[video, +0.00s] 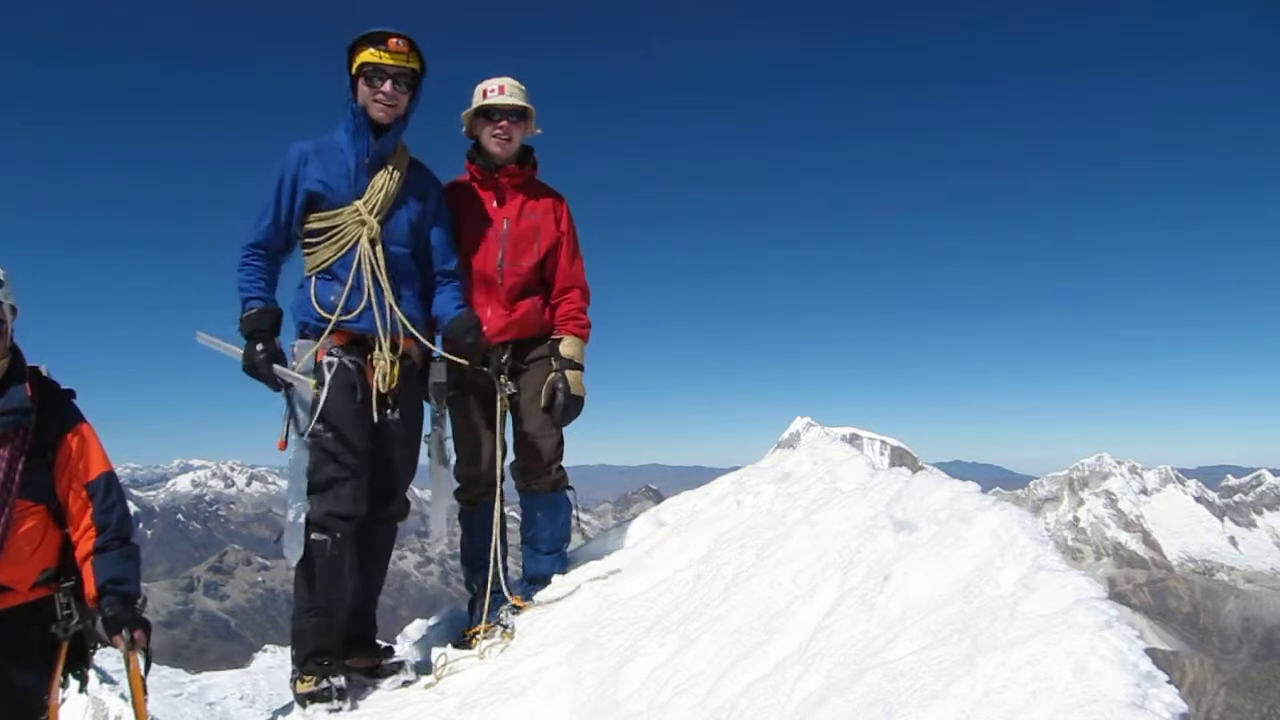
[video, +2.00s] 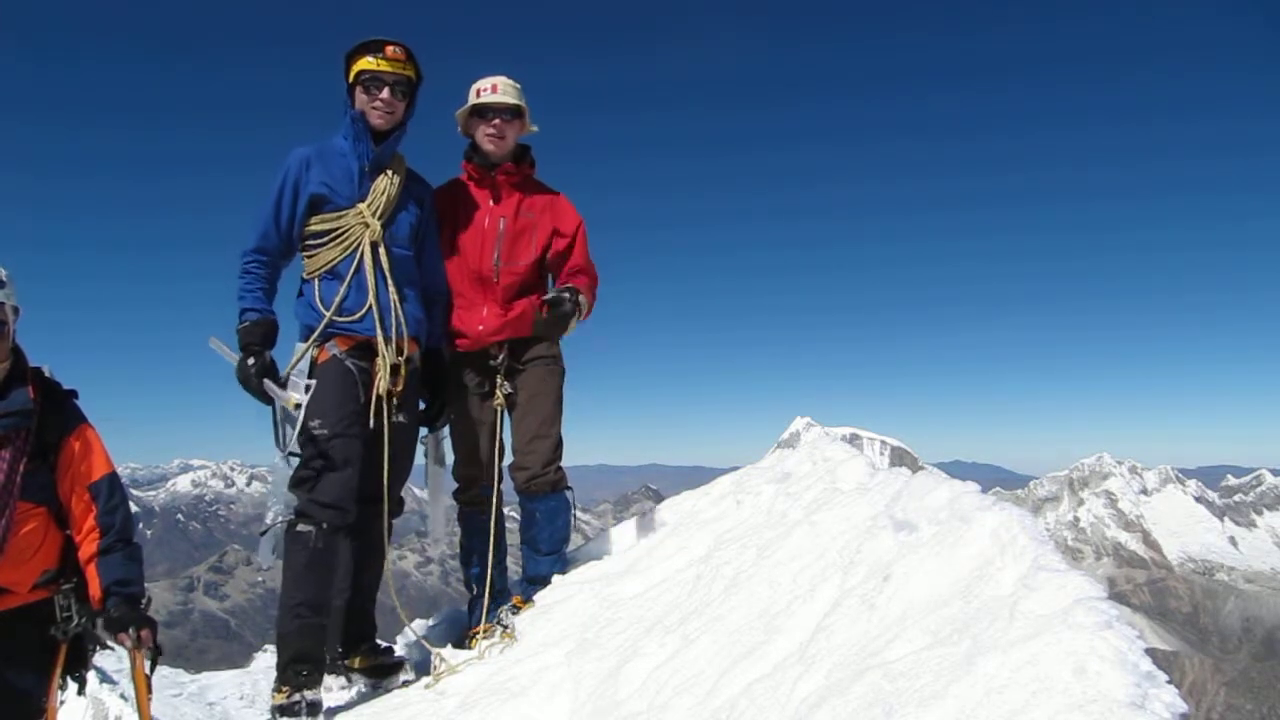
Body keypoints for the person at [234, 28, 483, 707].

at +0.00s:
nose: (388, 89)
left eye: (401, 80)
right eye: (376, 76)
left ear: (414, 92)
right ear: (355, 83)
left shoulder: (421, 182)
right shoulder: (309, 160)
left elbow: (445, 274)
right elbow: (261, 250)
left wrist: (456, 328)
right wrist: (259, 329)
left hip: (404, 357)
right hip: (330, 352)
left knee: (384, 503)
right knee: (339, 500)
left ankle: (357, 641)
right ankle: (316, 658)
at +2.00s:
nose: (384, 97)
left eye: (397, 88)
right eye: (372, 85)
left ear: (410, 100)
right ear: (352, 92)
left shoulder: (418, 191)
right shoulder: (312, 163)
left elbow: (431, 283)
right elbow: (261, 257)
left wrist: (438, 362)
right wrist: (256, 338)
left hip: (405, 363)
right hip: (338, 356)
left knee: (377, 506)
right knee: (326, 503)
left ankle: (354, 639)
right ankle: (299, 670)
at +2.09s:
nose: (383, 97)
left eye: (396, 88)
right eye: (371, 85)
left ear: (410, 100)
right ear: (352, 92)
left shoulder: (418, 191)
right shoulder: (312, 164)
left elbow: (431, 283)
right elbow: (261, 257)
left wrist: (438, 362)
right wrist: (255, 339)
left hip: (405, 362)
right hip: (338, 355)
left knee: (377, 505)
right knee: (327, 502)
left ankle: (354, 639)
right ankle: (299, 670)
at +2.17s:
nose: (383, 97)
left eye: (396, 88)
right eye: (371, 85)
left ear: (410, 100)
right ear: (351, 92)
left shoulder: (418, 190)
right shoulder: (312, 164)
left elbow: (431, 282)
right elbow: (261, 257)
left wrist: (439, 362)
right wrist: (255, 338)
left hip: (405, 362)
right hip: (338, 355)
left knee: (378, 504)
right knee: (328, 500)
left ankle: (355, 639)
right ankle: (299, 669)